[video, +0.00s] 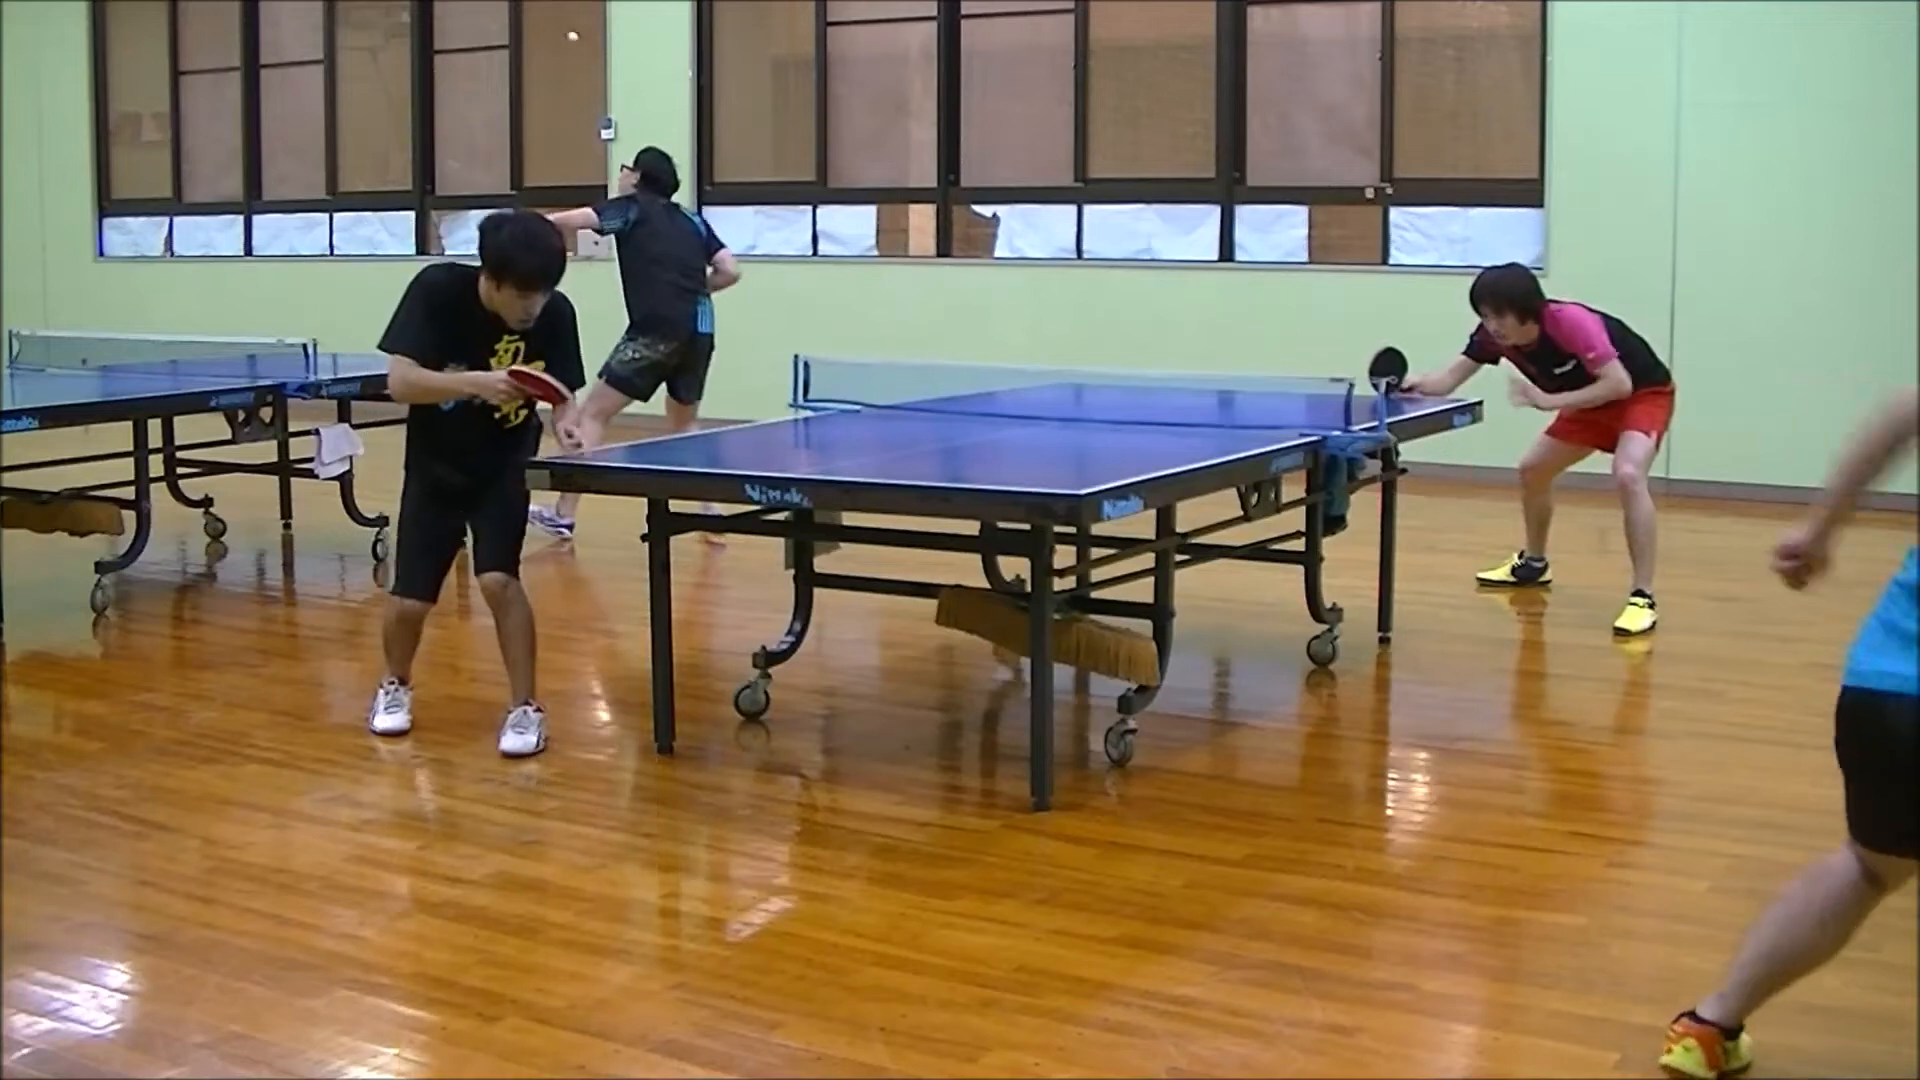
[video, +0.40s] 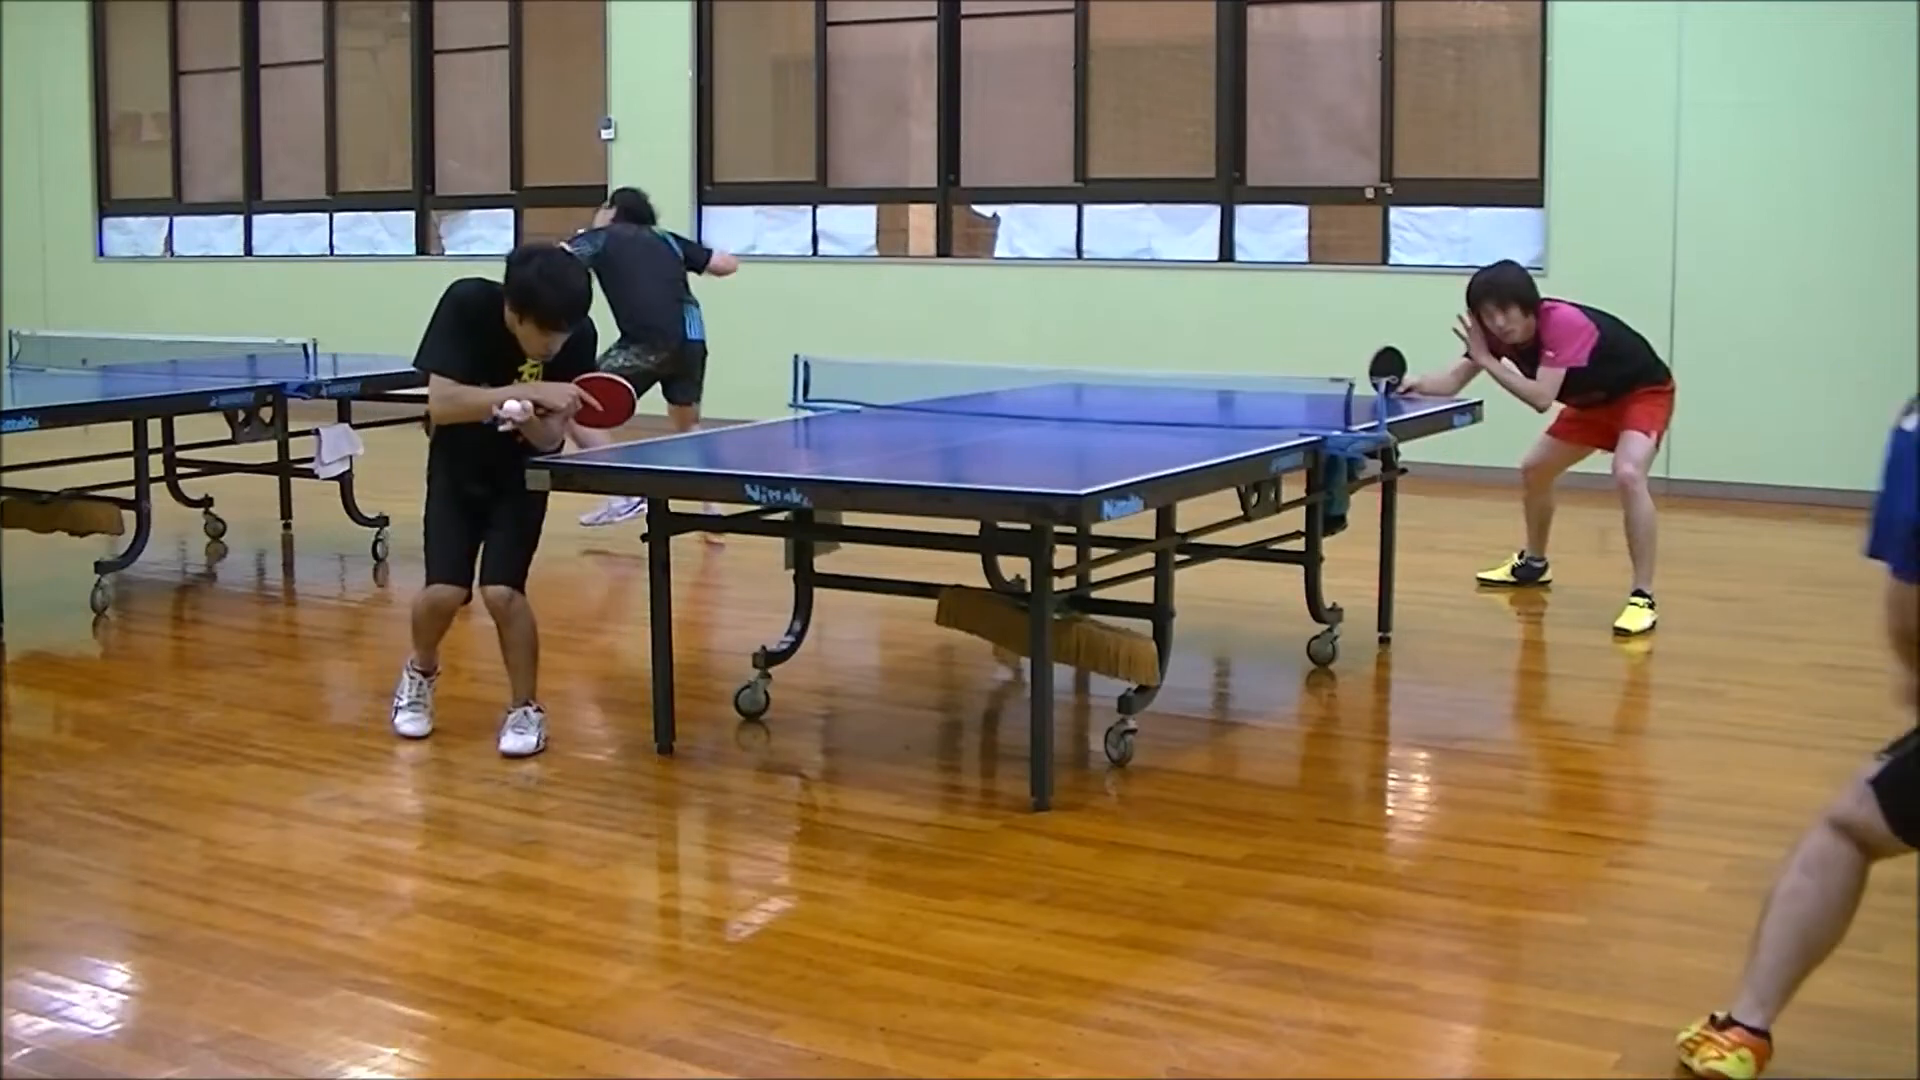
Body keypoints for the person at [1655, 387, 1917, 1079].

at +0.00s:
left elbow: (1898, 414)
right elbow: (1899, 413)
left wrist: (1819, 523)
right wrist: (1822, 525)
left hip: (1887, 686)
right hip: (1899, 690)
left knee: (1872, 862)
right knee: (1873, 862)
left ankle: (1713, 1020)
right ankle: (1714, 1019)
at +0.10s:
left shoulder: (1906, 342)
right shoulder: (1903, 344)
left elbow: (1792, 457)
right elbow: (1792, 457)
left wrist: (1748, 583)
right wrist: (1751, 582)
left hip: (1891, 664)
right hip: (1893, 664)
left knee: (1830, 832)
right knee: (1830, 833)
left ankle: (1716, 1026)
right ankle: (1716, 1024)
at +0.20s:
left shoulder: (1890, 378)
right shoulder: (1886, 378)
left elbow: (1782, 516)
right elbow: (1783, 516)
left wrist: (1743, 629)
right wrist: (1747, 628)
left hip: (1901, 693)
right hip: (1897, 697)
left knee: (1795, 810)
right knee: (1795, 808)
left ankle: (1726, 1026)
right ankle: (1726, 1025)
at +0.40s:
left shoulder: (1915, 430)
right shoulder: (1910, 430)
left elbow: (1906, 609)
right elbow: (1906, 609)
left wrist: (1917, 694)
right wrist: (1914, 699)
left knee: (1850, 830)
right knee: (1849, 830)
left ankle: (1746, 1024)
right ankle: (1747, 1023)